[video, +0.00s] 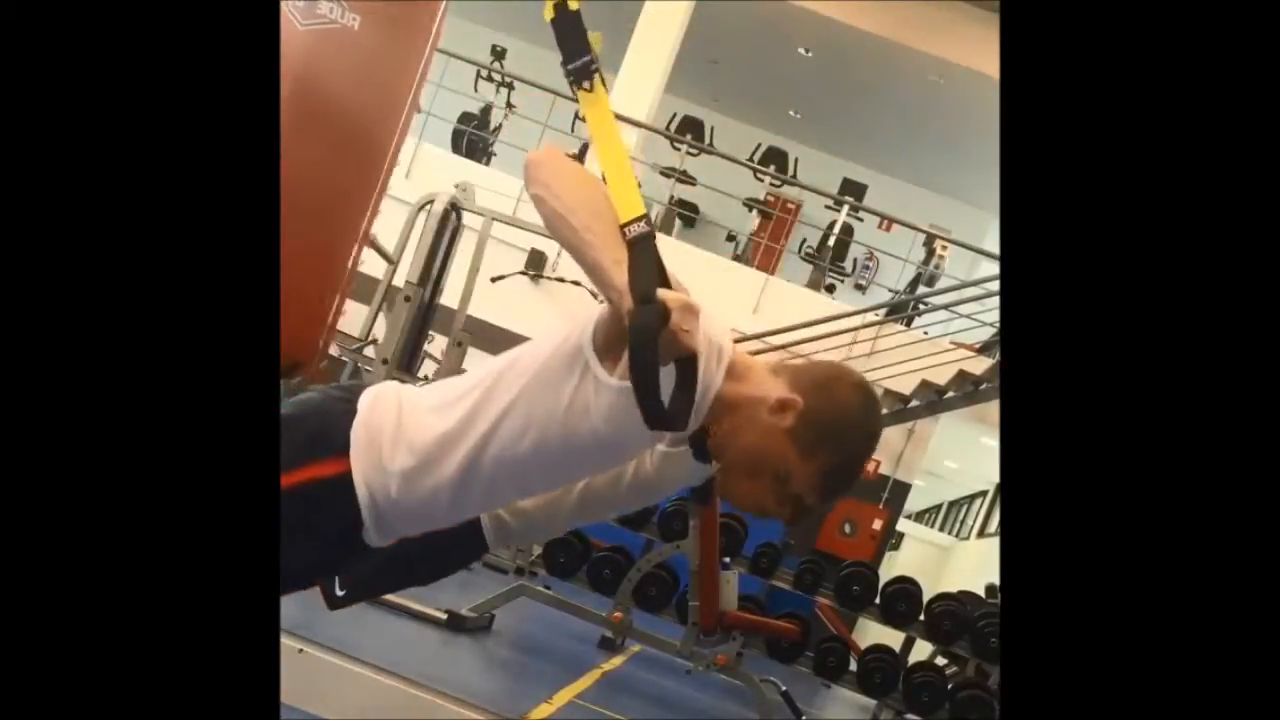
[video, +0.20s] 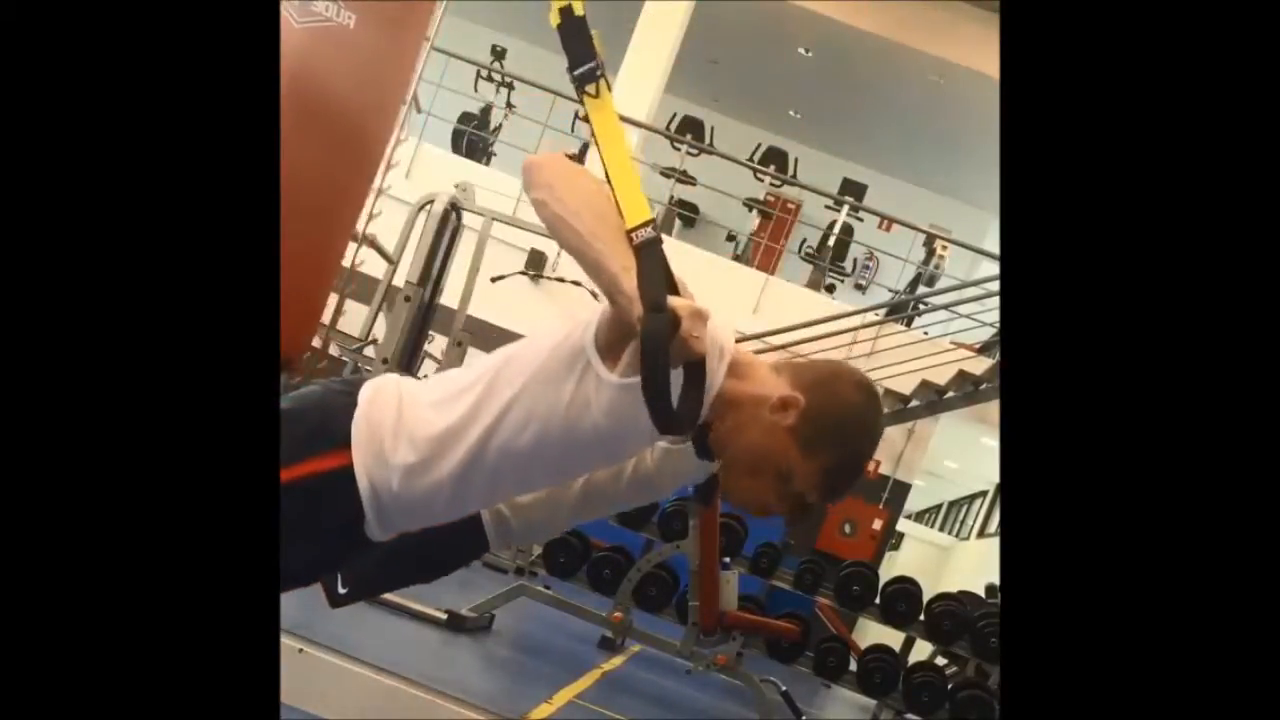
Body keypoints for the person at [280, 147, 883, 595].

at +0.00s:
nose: (760, 505)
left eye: (781, 504)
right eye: (779, 487)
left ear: (780, 407)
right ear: (779, 412)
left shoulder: (711, 440)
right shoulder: (683, 343)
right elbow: (547, 168)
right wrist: (638, 295)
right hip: (347, 470)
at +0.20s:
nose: (762, 506)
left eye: (785, 503)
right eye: (782, 486)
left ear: (780, 408)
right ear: (781, 412)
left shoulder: (710, 440)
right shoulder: (678, 335)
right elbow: (549, 173)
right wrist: (641, 299)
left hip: (381, 513)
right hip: (350, 460)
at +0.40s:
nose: (757, 403)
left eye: (778, 402)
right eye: (776, 385)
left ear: (775, 317)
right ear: (775, 319)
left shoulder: (697, 360)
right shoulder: (665, 259)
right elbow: (532, 141)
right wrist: (640, 276)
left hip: (371, 464)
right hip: (335, 412)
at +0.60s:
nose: (744, 300)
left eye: (764, 298)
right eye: (763, 285)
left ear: (749, 212)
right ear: (751, 213)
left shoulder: (667, 260)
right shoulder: (650, 171)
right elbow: (523, 124)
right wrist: (637, 278)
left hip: (369, 410)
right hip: (325, 353)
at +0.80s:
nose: (713, 186)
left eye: (732, 177)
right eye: (727, 165)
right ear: (709, 93)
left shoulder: (620, 164)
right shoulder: (580, 67)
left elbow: (626, 292)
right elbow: (536, 144)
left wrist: (668, 366)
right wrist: (645, 284)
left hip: (355, 354)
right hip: (309, 297)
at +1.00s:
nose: (685, 117)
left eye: (703, 109)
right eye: (698, 93)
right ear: (672, 19)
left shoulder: (577, 94)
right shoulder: (533, 19)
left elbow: (614, 232)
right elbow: (535, 145)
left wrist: (659, 349)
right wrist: (632, 305)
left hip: (328, 316)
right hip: (289, 262)